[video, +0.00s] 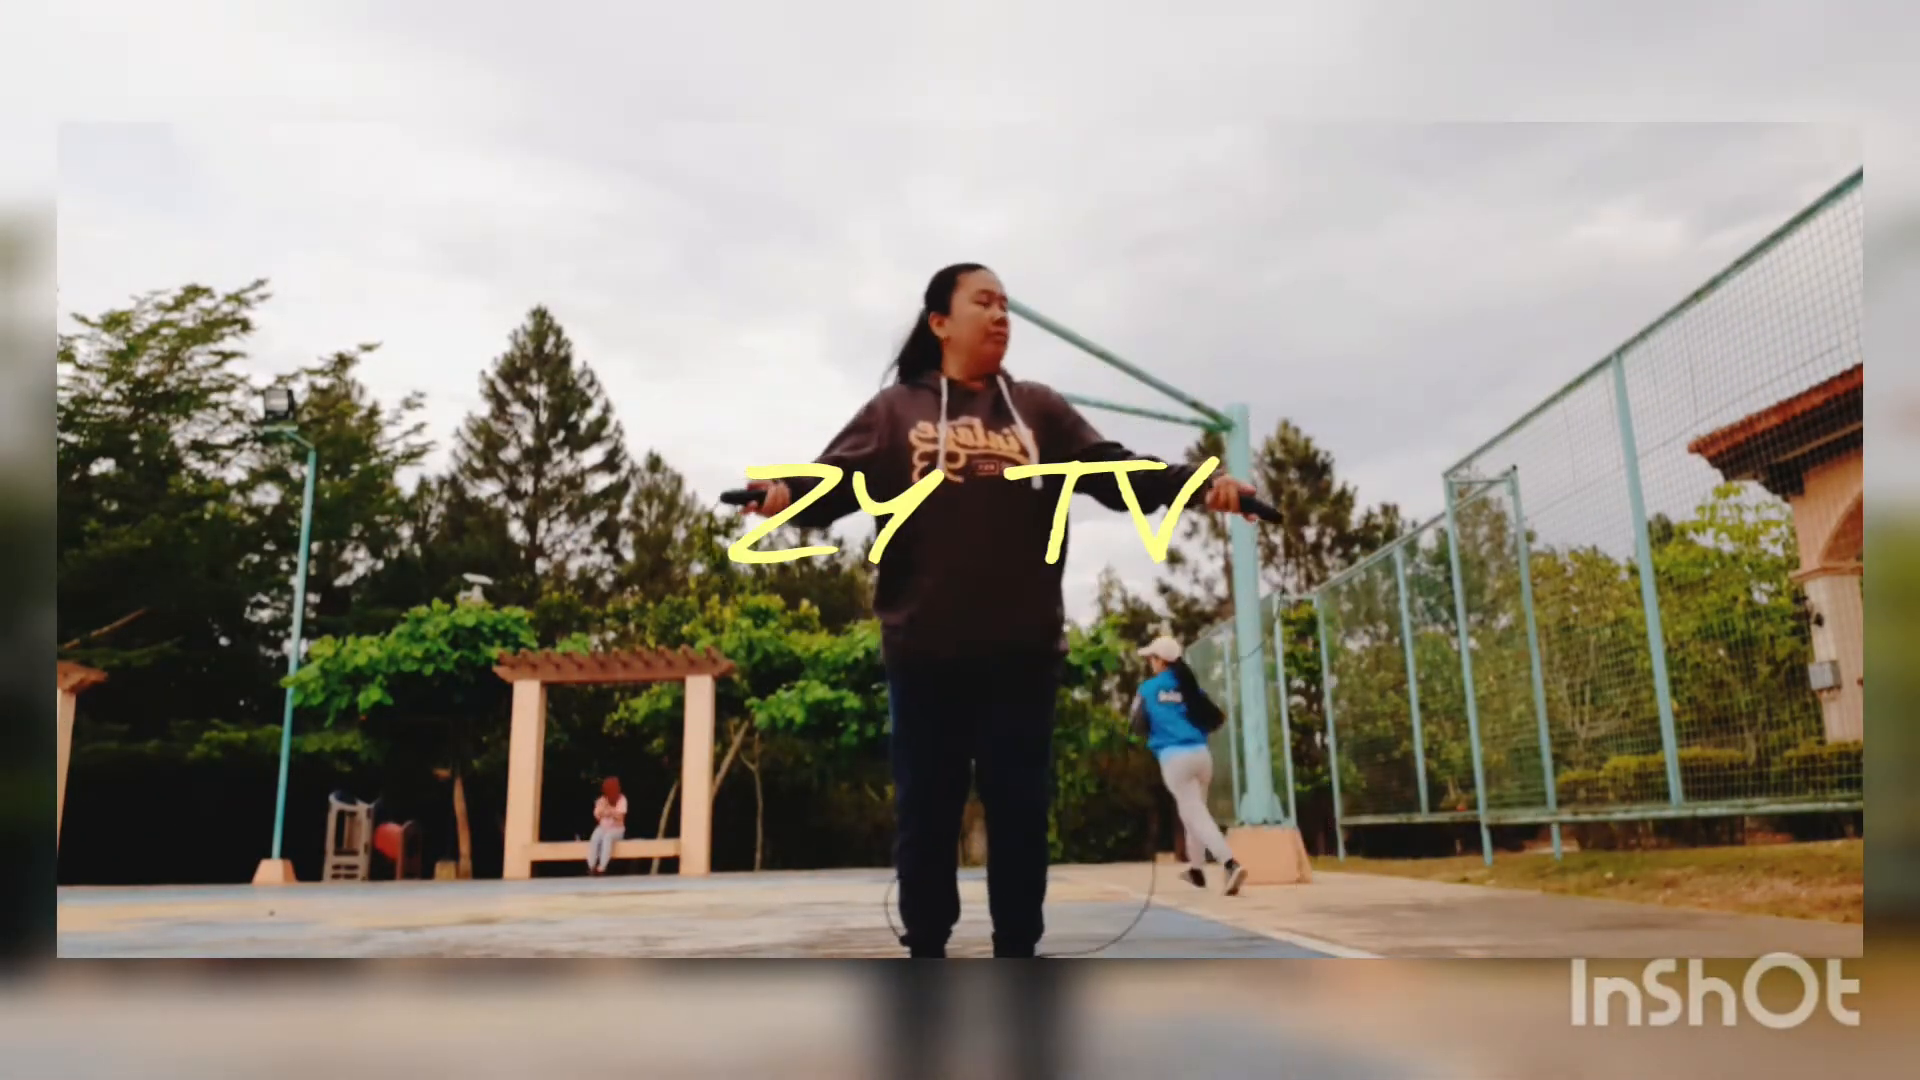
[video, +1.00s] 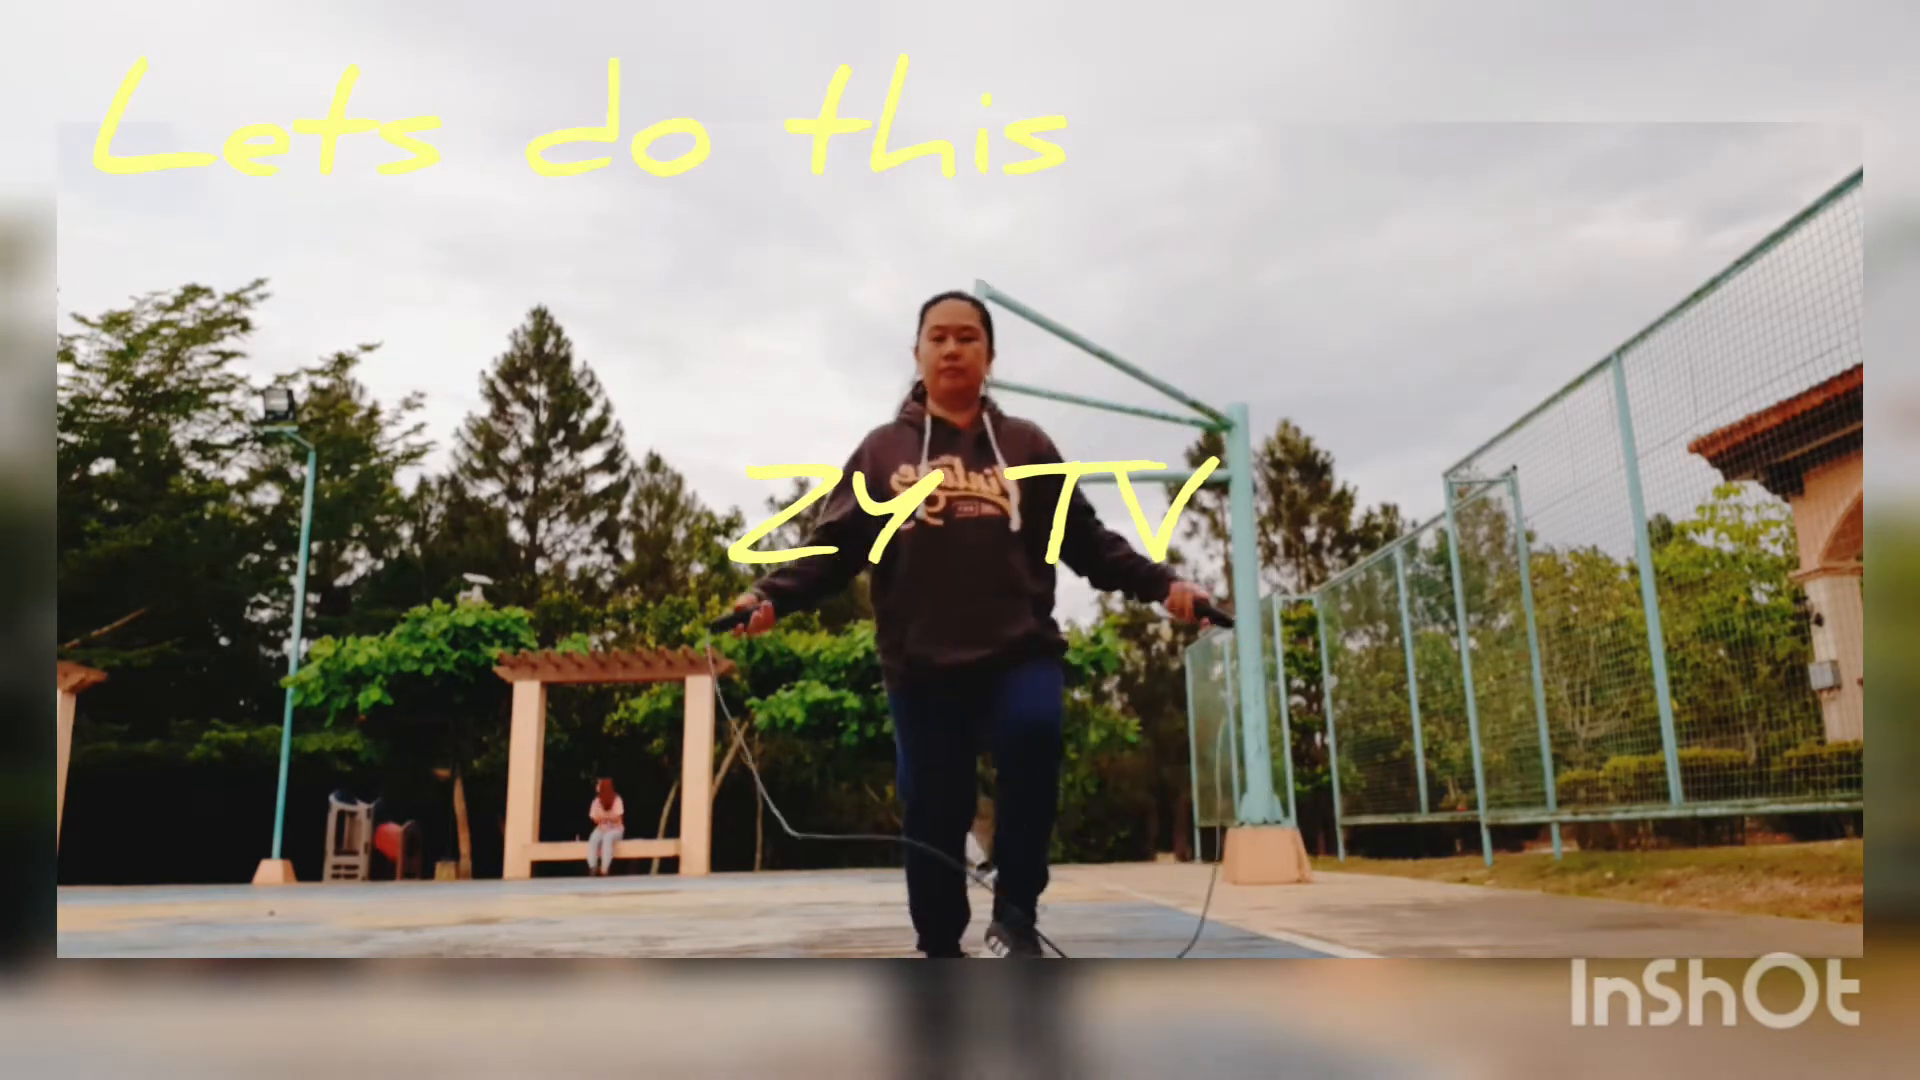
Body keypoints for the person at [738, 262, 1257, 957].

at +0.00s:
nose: (1003, 316)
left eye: (1005, 305)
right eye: (985, 303)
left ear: (1006, 324)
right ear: (939, 321)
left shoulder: (1039, 408)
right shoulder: (895, 410)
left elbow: (1112, 470)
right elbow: (834, 480)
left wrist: (1198, 483)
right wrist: (787, 491)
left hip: (1022, 641)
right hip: (926, 644)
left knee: (1021, 806)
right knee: (926, 804)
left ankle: (1018, 952)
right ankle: (925, 950)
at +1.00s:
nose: (953, 350)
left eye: (967, 338)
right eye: (939, 337)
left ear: (990, 355)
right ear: (917, 353)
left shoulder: (1026, 445)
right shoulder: (883, 450)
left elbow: (1084, 539)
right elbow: (831, 545)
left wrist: (1164, 586)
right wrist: (772, 595)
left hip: (1020, 654)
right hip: (925, 662)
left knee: (1035, 739)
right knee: (932, 810)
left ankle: (1017, 921)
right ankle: (939, 952)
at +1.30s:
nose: (950, 272)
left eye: (965, 260)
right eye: (936, 261)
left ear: (988, 280)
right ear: (915, 281)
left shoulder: (1026, 369)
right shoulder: (879, 374)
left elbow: (1071, 465)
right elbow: (835, 477)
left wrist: (1125, 538)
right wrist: (779, 553)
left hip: (1011, 589)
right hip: (917, 594)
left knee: (995, 730)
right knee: (929, 750)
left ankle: (980, 911)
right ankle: (952, 903)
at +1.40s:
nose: (955, 288)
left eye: (969, 276)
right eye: (940, 277)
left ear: (993, 296)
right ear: (919, 299)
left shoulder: (1033, 386)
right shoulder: (886, 392)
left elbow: (1093, 477)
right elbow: (826, 484)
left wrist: (1182, 483)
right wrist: (732, 517)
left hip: (1005, 618)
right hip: (904, 619)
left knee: (993, 791)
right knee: (895, 778)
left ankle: (999, 954)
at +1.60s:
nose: (953, 285)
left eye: (968, 275)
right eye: (938, 276)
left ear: (995, 301)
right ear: (918, 302)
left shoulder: (1038, 387)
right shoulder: (885, 393)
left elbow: (1128, 457)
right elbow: (819, 485)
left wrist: (1216, 403)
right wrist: (734, 431)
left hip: (1005, 622)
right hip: (904, 622)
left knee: (995, 791)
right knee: (895, 754)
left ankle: (998, 948)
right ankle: (935, 847)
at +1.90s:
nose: (942, 303)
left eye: (957, 292)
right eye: (927, 293)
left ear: (983, 316)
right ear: (906, 318)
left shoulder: (1029, 413)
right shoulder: (869, 417)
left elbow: (1099, 508)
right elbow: (820, 518)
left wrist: (1182, 507)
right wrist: (759, 536)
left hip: (1006, 653)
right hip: (902, 657)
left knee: (1002, 812)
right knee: (906, 810)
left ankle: (1005, 960)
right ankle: (900, 961)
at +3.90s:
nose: (967, 280)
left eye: (982, 269)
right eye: (952, 271)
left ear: (1008, 291)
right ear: (930, 293)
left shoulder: (1053, 386)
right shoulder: (895, 395)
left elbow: (1118, 502)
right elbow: (848, 514)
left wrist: (1209, 515)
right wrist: (770, 536)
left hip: (1033, 635)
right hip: (927, 637)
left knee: (1035, 803)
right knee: (933, 804)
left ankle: (1042, 952)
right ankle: (936, 953)